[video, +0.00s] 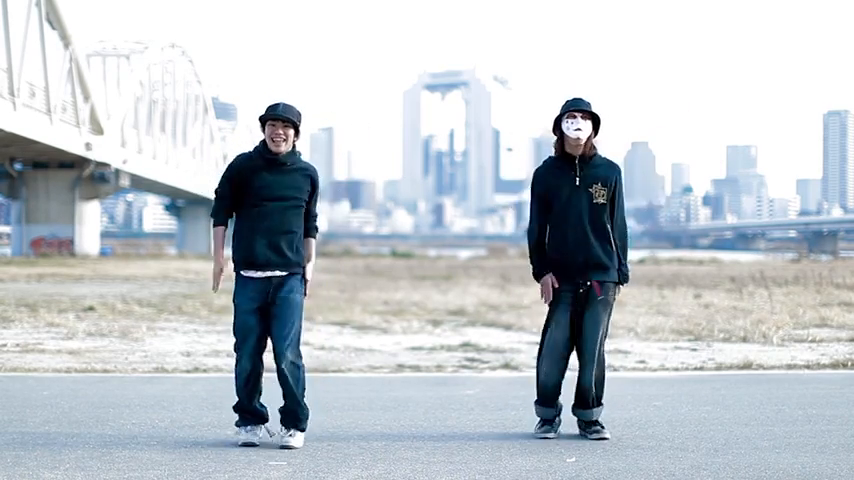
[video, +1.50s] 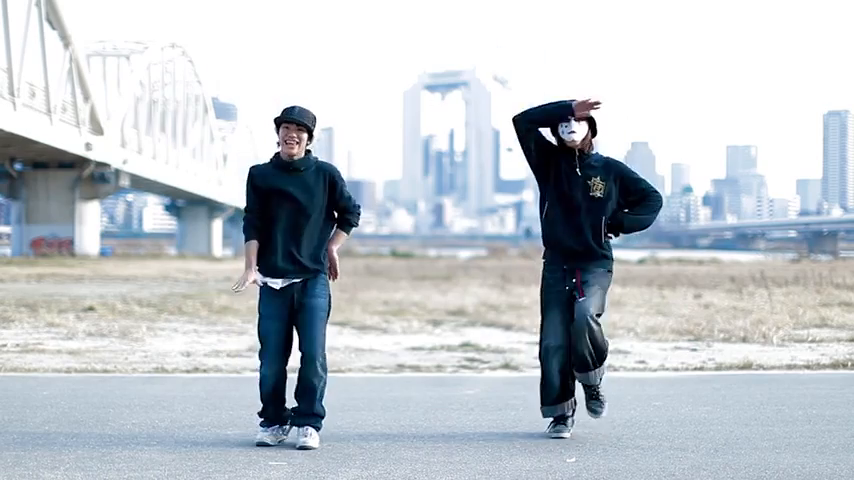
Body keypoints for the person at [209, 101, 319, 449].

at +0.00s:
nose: (278, 132)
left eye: (285, 127)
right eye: (273, 126)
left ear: (296, 133)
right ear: (264, 129)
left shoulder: (307, 174)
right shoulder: (242, 166)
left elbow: (310, 224)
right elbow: (220, 211)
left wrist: (309, 264)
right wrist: (218, 257)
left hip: (290, 277)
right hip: (249, 276)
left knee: (287, 353)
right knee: (247, 354)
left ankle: (294, 425)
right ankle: (250, 422)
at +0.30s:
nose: (266, 130)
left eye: (274, 127)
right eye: (261, 124)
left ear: (284, 134)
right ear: (253, 129)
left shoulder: (291, 165)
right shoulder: (248, 161)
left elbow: (326, 200)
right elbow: (233, 128)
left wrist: (321, 243)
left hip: (296, 276)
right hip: (260, 267)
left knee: (292, 353)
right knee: (223, 294)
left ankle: (293, 424)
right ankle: (256, 346)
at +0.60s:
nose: (276, 141)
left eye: (282, 138)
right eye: (270, 136)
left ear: (292, 146)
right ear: (260, 143)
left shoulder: (309, 181)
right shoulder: (242, 183)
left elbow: (339, 211)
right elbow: (195, 186)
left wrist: (327, 253)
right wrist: (153, 190)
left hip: (296, 287)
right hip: (255, 289)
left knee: (302, 341)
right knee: (251, 362)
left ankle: (307, 406)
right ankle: (265, 422)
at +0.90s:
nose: (293, 128)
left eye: (300, 124)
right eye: (287, 122)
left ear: (308, 131)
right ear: (275, 127)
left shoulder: (311, 171)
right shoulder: (261, 151)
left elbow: (330, 209)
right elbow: (256, 113)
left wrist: (318, 234)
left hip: (293, 264)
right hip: (252, 263)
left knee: (302, 335)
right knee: (256, 342)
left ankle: (310, 401)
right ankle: (257, 418)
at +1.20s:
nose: (288, 129)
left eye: (296, 126)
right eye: (283, 124)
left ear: (305, 133)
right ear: (273, 129)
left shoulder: (317, 169)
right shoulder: (263, 155)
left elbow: (353, 204)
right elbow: (241, 114)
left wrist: (334, 239)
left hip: (307, 271)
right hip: (270, 263)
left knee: (309, 349)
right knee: (245, 291)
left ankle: (306, 423)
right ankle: (264, 351)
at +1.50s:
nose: (290, 138)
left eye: (297, 133)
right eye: (285, 132)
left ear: (308, 139)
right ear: (277, 134)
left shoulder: (326, 174)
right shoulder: (260, 175)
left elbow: (350, 212)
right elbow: (251, 222)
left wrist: (333, 247)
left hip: (313, 279)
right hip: (272, 279)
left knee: (313, 353)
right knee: (271, 356)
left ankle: (308, 424)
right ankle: (274, 422)